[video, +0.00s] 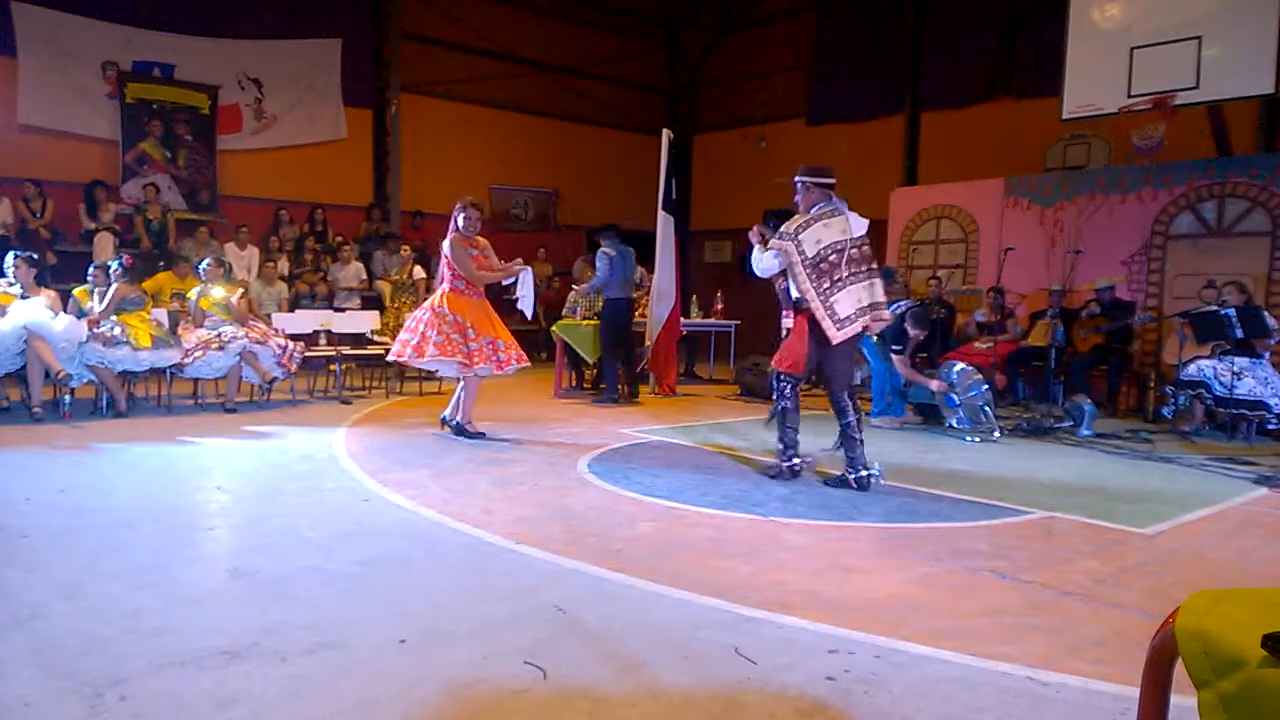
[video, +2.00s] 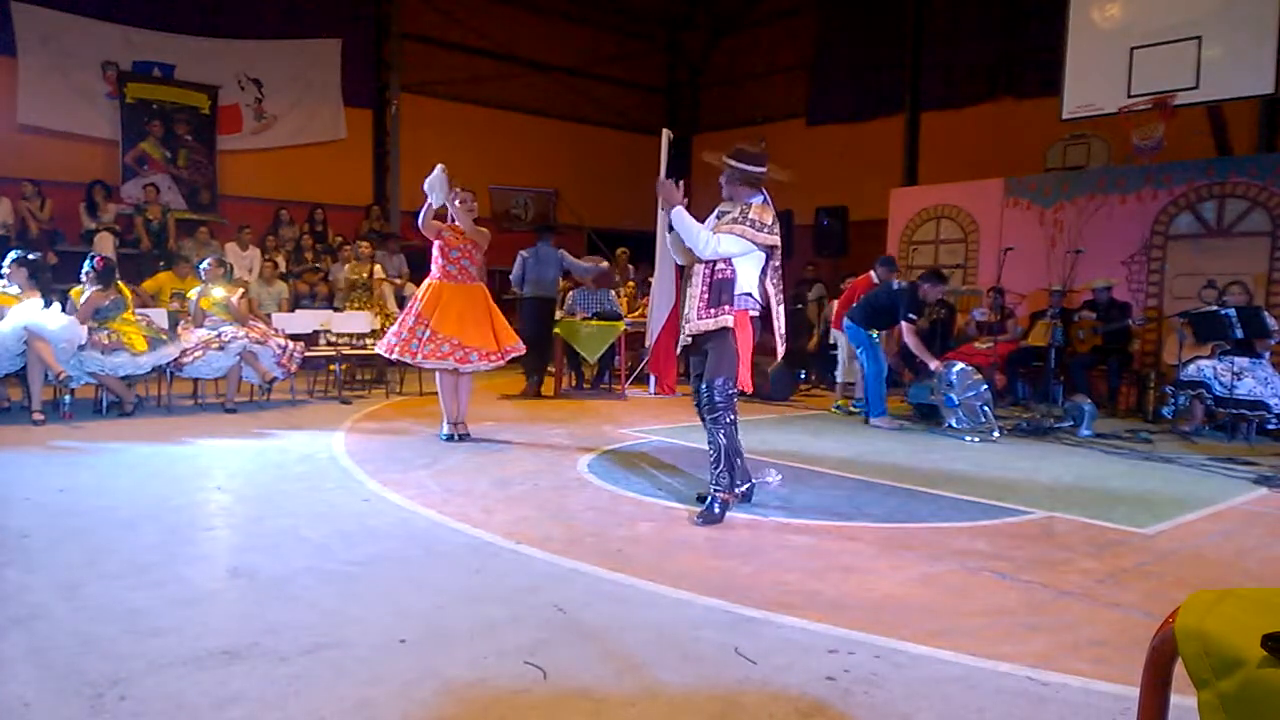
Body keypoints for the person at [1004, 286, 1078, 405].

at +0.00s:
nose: (1055, 300)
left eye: (1058, 296)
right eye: (1053, 296)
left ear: (1063, 298)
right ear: (1049, 297)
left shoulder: (1069, 314)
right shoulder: (1036, 315)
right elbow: (1027, 335)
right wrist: (1023, 342)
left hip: (1056, 349)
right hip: (1036, 348)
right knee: (1012, 358)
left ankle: (1045, 398)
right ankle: (1013, 395)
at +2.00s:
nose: (1055, 300)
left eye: (1058, 296)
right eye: (1053, 296)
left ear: (1063, 297)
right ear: (1049, 297)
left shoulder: (1068, 314)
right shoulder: (1036, 315)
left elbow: (1068, 340)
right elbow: (1028, 335)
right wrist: (1024, 342)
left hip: (1055, 349)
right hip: (1035, 348)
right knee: (1012, 358)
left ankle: (1042, 398)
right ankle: (1012, 395)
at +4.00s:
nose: (1056, 299)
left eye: (1059, 296)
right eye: (1053, 295)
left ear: (1063, 297)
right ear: (1049, 296)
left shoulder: (1068, 314)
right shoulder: (1037, 315)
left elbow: (1068, 338)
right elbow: (1029, 334)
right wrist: (1024, 341)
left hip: (1056, 348)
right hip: (1036, 348)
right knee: (1012, 358)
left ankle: (1042, 398)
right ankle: (1012, 395)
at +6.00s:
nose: (1055, 299)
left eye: (1059, 296)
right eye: (1053, 296)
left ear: (1063, 298)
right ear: (1049, 297)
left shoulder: (1067, 315)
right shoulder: (1036, 315)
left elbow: (1067, 339)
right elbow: (1028, 334)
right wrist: (1024, 341)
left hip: (1055, 348)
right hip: (1035, 347)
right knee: (1012, 359)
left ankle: (1042, 398)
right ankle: (1013, 395)